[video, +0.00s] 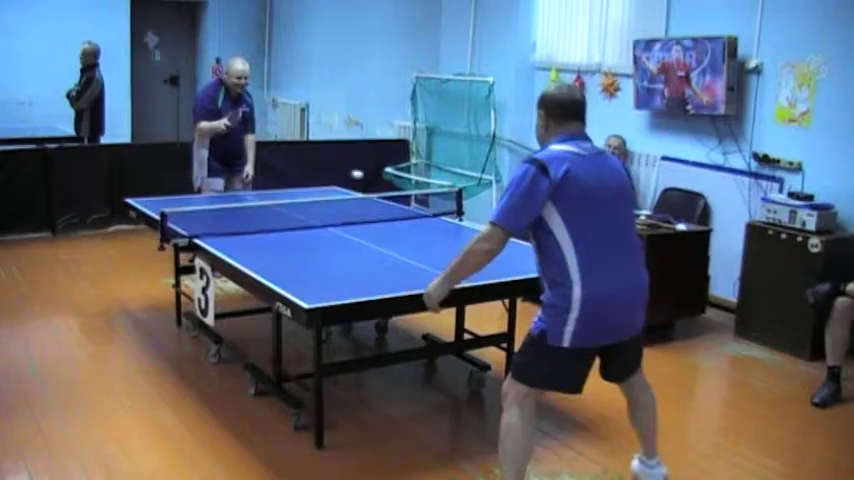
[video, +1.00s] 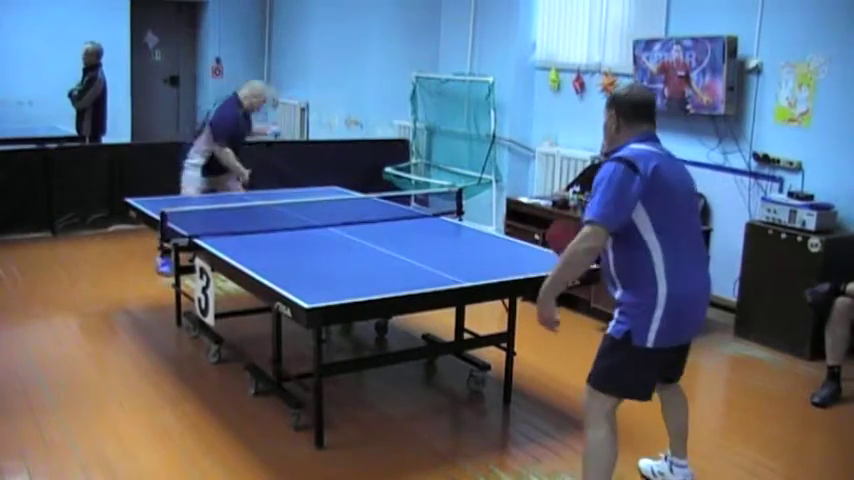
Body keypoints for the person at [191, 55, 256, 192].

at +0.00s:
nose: (242, 83)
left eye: (245, 78)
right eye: (238, 78)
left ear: (248, 78)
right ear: (225, 76)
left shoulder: (246, 98)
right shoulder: (209, 94)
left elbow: (249, 134)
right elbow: (200, 127)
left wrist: (250, 164)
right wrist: (219, 125)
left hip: (238, 158)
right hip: (214, 158)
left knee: (238, 207)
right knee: (211, 207)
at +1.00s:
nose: (261, 106)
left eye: (262, 103)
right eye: (260, 102)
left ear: (251, 97)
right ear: (250, 97)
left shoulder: (243, 111)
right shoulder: (228, 112)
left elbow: (240, 133)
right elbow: (220, 149)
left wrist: (260, 132)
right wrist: (242, 172)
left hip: (223, 164)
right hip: (199, 164)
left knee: (240, 205)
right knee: (190, 207)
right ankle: (167, 253)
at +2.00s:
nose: (312, 104)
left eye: (316, 101)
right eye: (315, 99)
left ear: (312, 91)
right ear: (313, 93)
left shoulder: (297, 101)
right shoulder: (288, 97)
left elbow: (288, 137)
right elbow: (273, 130)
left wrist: (290, 164)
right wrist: (270, 163)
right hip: (255, 150)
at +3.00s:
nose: (348, 79)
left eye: (347, 77)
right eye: (348, 76)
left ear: (330, 72)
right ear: (346, 75)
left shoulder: (312, 89)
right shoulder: (348, 92)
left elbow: (304, 118)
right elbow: (356, 122)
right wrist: (358, 148)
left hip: (313, 148)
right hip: (338, 149)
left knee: (318, 194)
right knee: (344, 193)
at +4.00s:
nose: (366, 80)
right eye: (366, 78)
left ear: (350, 73)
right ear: (364, 77)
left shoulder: (333, 85)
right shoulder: (367, 90)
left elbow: (323, 111)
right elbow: (371, 117)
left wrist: (334, 123)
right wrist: (362, 129)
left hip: (331, 136)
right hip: (354, 136)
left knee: (331, 174)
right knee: (366, 165)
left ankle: (329, 206)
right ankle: (358, 197)